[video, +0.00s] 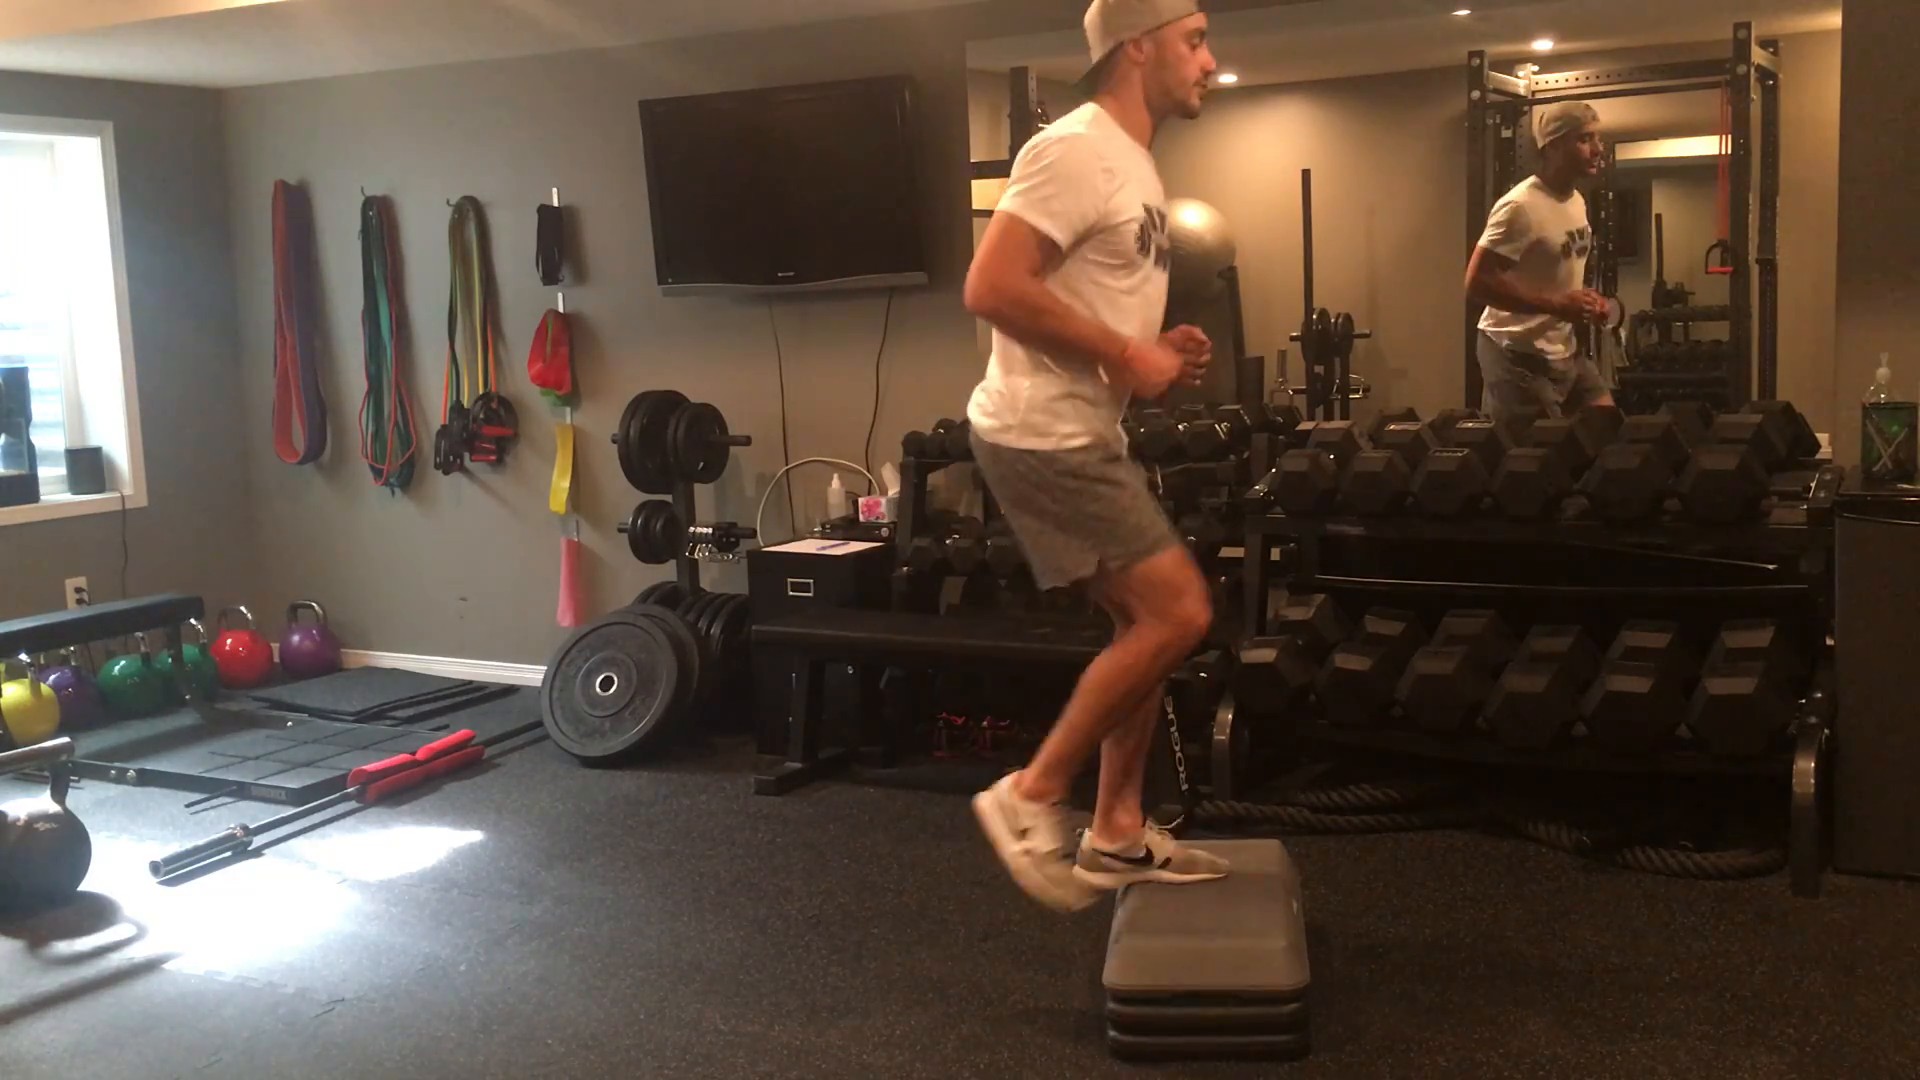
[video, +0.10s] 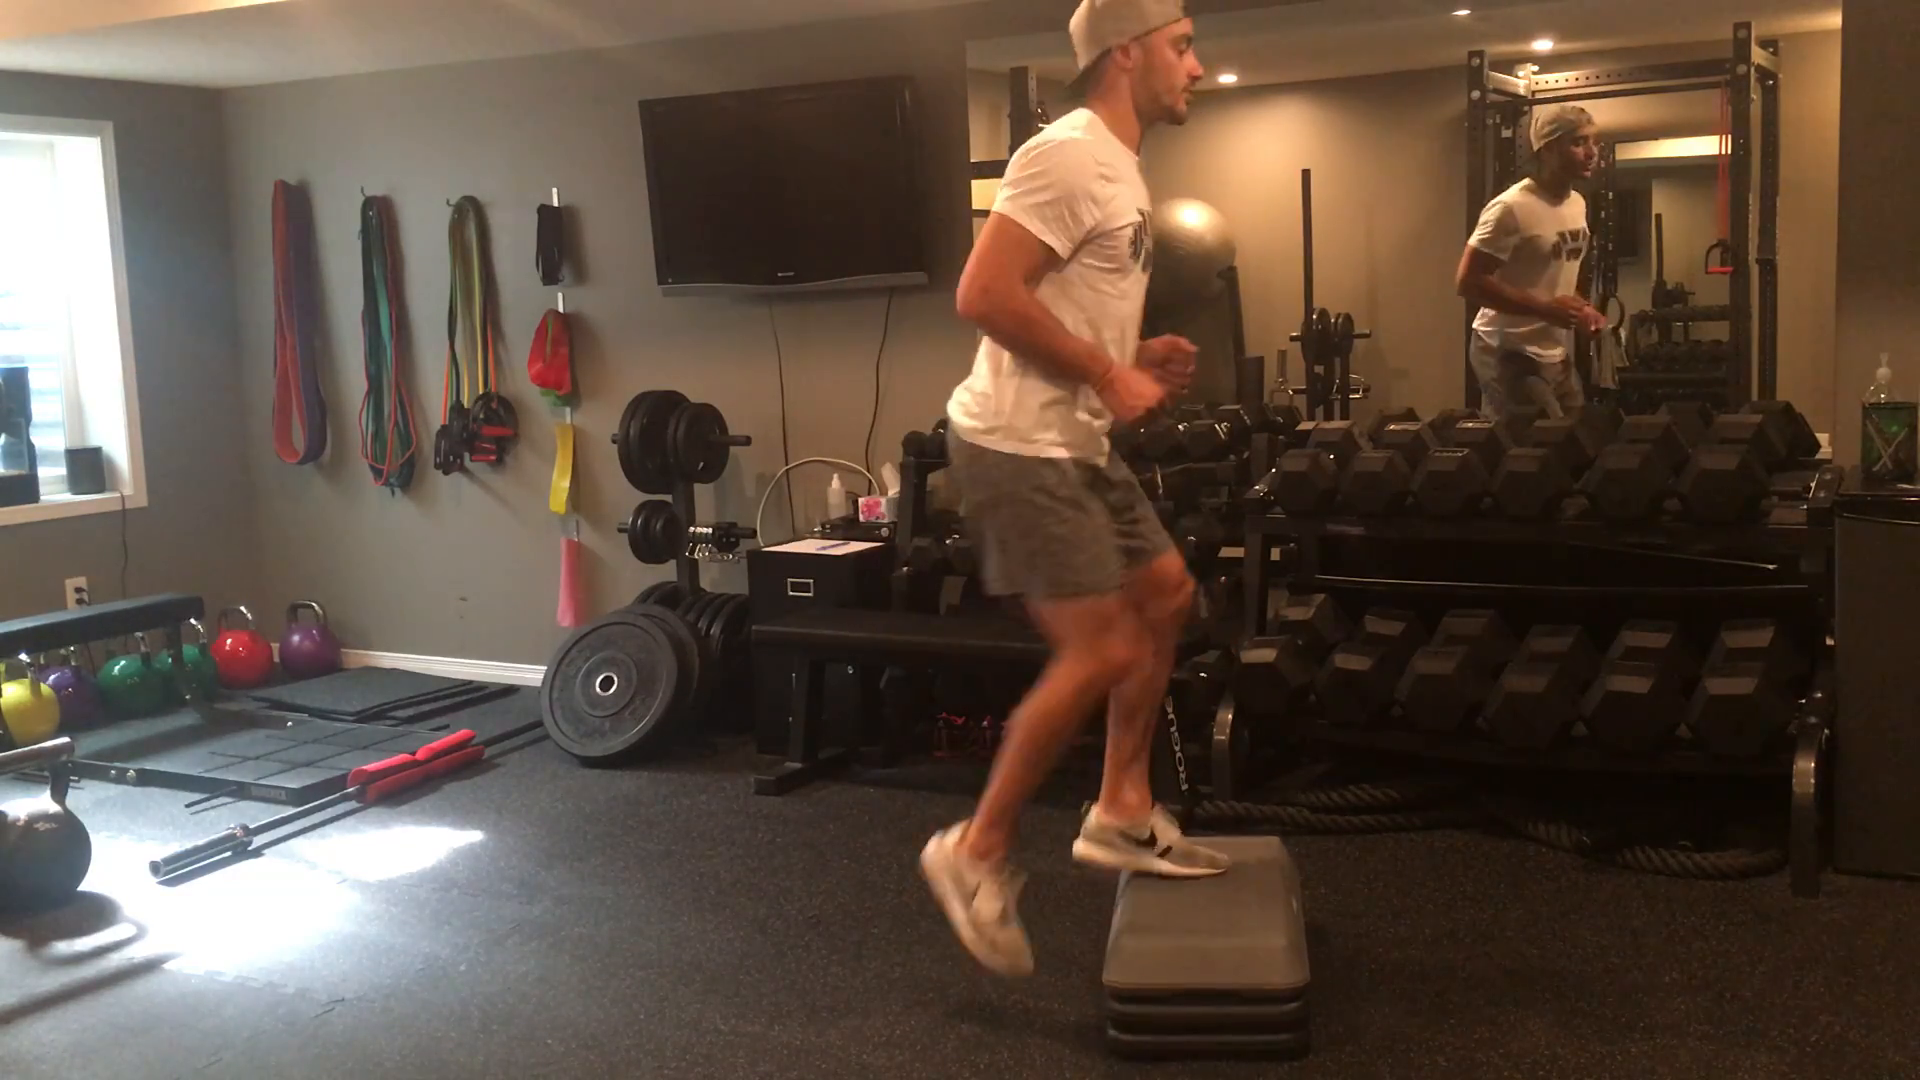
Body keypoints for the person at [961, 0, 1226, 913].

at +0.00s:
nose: (1210, 62)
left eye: (1206, 43)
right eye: (1194, 41)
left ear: (1145, 53)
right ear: (1138, 52)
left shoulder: (1131, 162)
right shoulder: (1079, 148)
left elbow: (1071, 304)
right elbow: (991, 286)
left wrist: (1151, 344)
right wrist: (1127, 353)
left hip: (1080, 426)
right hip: (1041, 429)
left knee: (1148, 620)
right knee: (1178, 612)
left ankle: (1118, 828)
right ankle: (1029, 795)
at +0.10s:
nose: (1197, 67)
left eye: (1193, 49)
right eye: (1182, 47)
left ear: (1133, 58)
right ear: (1129, 58)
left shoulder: (1117, 167)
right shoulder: (1068, 153)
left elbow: (1054, 315)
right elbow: (986, 293)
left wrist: (1134, 357)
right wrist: (1108, 371)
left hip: (1075, 438)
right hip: (1018, 440)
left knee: (1165, 596)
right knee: (1100, 647)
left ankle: (1123, 812)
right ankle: (974, 852)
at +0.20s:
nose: (1177, 109)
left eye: (1174, 92)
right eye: (1163, 92)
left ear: (1116, 103)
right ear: (1113, 102)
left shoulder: (1095, 198)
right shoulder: (1059, 193)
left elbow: (1031, 338)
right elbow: (983, 336)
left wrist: (1111, 379)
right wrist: (1098, 404)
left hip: (1060, 468)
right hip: (1002, 478)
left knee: (1185, 579)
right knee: (1015, 709)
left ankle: (1097, 774)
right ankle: (931, 923)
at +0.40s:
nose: (1150, 147)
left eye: (1147, 129)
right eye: (1135, 130)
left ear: (1085, 144)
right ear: (1080, 143)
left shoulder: (1071, 242)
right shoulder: (1029, 243)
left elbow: (1020, 394)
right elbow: (968, 396)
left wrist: (1086, 487)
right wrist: (1080, 490)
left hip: (1044, 522)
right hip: (994, 530)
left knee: (1120, 674)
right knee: (1043, 730)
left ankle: (990, 862)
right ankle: (918, 932)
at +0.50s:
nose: (1148, 149)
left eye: (1145, 131)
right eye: (1132, 133)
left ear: (1083, 150)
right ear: (1078, 147)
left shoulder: (1070, 248)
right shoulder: (1031, 244)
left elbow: (1004, 399)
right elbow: (951, 393)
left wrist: (1090, 459)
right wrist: (1056, 503)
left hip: (1014, 524)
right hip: (1011, 526)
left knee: (1042, 726)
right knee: (1147, 706)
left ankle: (945, 921)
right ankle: (974, 862)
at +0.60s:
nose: (1155, 158)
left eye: (1151, 139)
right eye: (1137, 142)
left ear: (1092, 162)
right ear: (1082, 161)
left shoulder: (1081, 262)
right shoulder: (1039, 262)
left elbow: (1043, 408)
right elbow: (946, 393)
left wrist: (1141, 436)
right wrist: (1051, 502)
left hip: (1012, 534)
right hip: (1021, 534)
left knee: (1033, 737)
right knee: (1217, 645)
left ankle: (944, 924)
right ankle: (1051, 809)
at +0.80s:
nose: (1186, 69)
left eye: (1178, 52)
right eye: (1166, 54)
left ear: (1124, 80)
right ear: (1112, 79)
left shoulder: (1121, 182)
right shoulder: (1074, 181)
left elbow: (1076, 332)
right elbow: (1001, 331)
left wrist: (1166, 352)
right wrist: (1142, 379)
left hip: (1068, 461)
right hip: (1077, 466)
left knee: (1124, 650)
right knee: (1224, 630)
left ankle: (986, 836)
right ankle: (1141, 850)